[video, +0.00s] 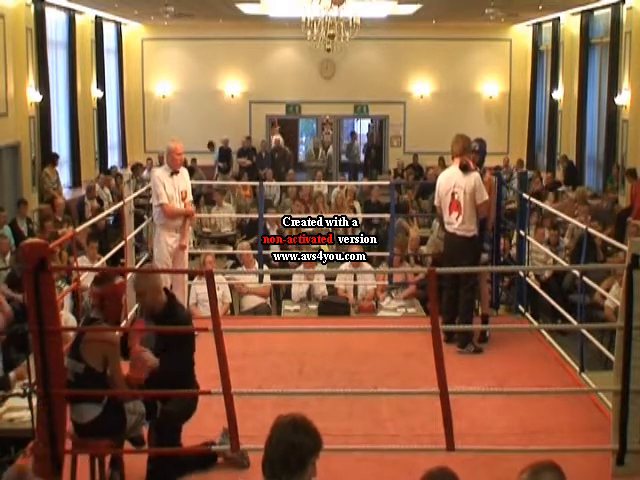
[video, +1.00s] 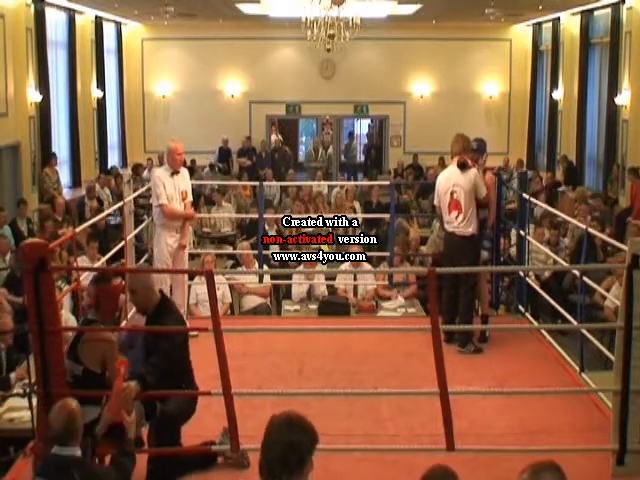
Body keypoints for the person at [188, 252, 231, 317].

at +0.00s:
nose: (210, 265)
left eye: (212, 262)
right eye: (208, 263)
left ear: (215, 263)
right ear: (203, 264)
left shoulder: (220, 279)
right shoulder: (197, 280)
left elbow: (227, 301)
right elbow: (192, 305)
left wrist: (219, 316)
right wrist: (202, 317)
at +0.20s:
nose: (210, 265)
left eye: (212, 262)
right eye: (208, 263)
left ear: (214, 263)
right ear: (203, 264)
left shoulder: (220, 279)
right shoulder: (197, 280)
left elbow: (227, 302)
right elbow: (192, 304)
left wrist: (218, 316)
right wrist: (201, 318)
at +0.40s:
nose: (210, 265)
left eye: (212, 262)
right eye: (208, 263)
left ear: (214, 263)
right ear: (203, 264)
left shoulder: (220, 279)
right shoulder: (197, 280)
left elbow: (227, 302)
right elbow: (192, 304)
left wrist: (218, 316)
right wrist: (201, 318)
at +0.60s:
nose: (209, 265)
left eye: (211, 262)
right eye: (207, 262)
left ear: (214, 263)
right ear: (203, 264)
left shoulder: (220, 279)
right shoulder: (197, 280)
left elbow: (227, 301)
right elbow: (192, 304)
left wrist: (219, 316)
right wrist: (201, 317)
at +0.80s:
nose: (210, 265)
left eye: (212, 262)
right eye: (207, 262)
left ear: (214, 263)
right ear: (203, 264)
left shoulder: (220, 279)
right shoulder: (197, 280)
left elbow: (227, 302)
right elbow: (192, 304)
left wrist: (218, 316)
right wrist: (201, 318)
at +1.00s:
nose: (210, 265)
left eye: (212, 262)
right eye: (207, 262)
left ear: (215, 263)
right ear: (203, 264)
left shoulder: (221, 279)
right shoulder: (197, 280)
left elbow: (227, 301)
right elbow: (192, 304)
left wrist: (219, 316)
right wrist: (202, 318)